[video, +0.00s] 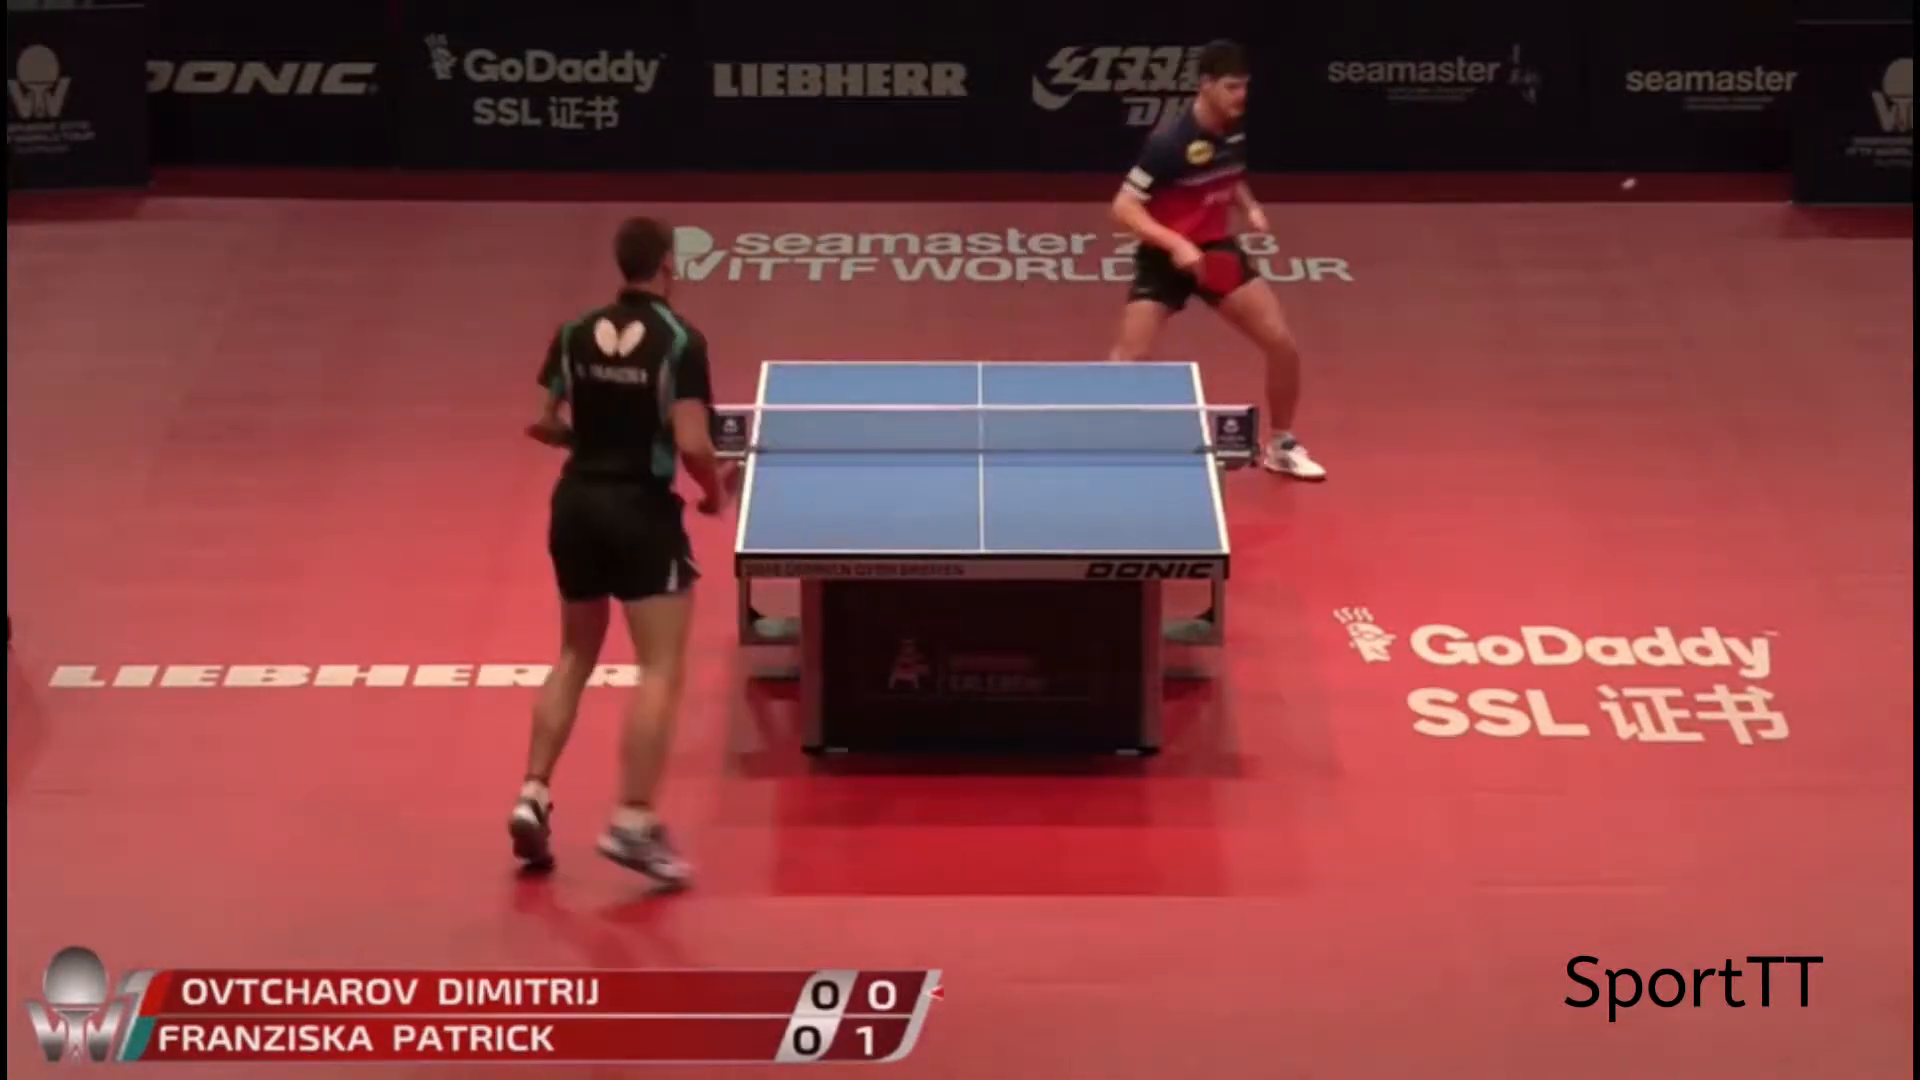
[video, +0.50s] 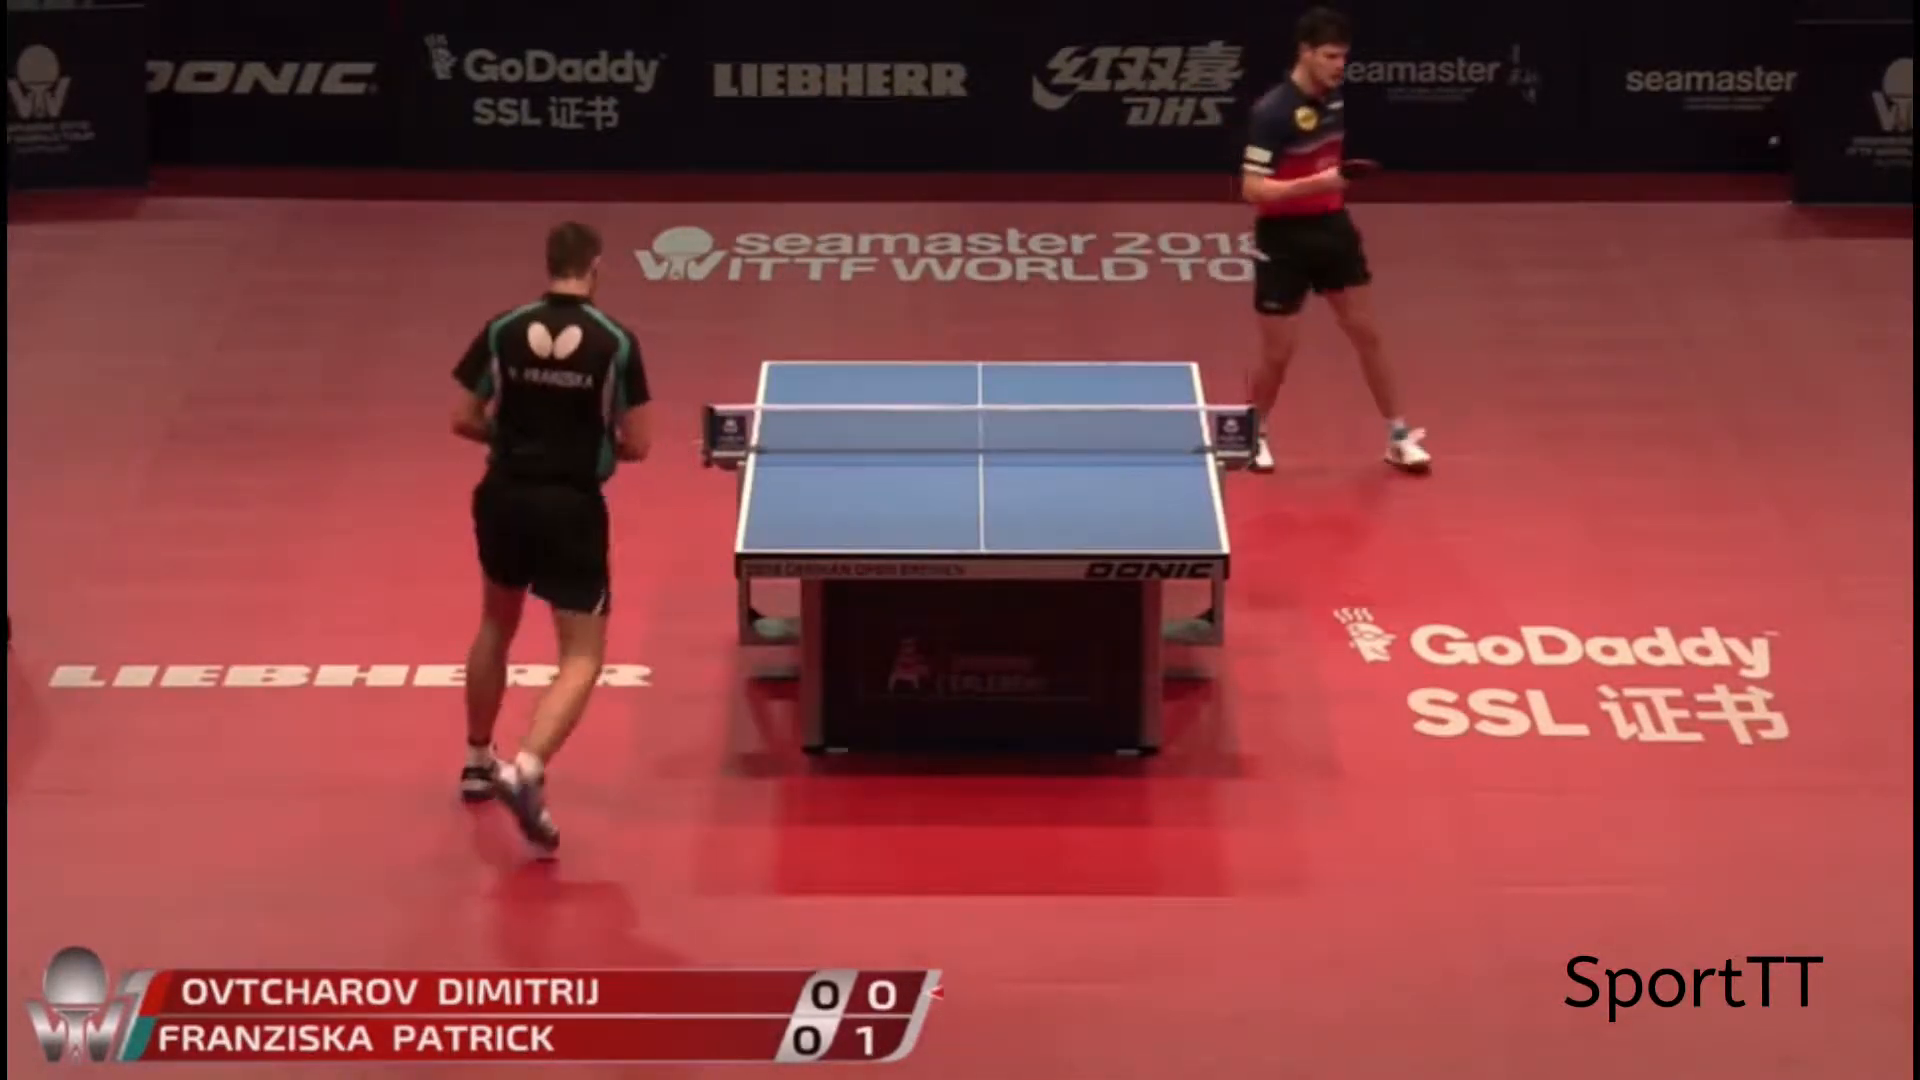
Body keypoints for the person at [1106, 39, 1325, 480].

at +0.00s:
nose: (1241, 96)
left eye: (1244, 86)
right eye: (1232, 86)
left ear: (1245, 87)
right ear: (1205, 86)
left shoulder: (1235, 130)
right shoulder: (1169, 138)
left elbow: (1232, 176)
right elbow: (1123, 206)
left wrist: (1251, 208)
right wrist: (1177, 244)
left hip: (1218, 252)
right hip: (1163, 257)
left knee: (1281, 344)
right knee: (1129, 358)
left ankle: (1281, 442)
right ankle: (1093, 453)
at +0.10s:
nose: (1254, 88)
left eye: (1256, 78)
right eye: (1244, 78)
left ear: (1257, 79)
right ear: (1217, 77)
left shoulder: (1248, 123)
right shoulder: (1182, 131)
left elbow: (1247, 171)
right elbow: (1138, 200)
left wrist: (1269, 199)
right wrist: (1193, 232)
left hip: (1234, 248)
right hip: (1180, 251)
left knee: (1291, 341)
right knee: (1141, 356)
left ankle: (1283, 441)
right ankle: (1108, 452)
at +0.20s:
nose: (1292, 52)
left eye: (1296, 43)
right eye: (1284, 43)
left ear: (1296, 45)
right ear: (1257, 41)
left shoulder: (1289, 87)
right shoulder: (1222, 98)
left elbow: (1283, 141)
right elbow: (1189, 169)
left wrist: (1305, 175)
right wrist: (1251, 192)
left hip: (1277, 217)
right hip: (1223, 223)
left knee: (1307, 325)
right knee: (1213, 333)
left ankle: (1301, 431)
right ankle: (1202, 429)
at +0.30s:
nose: (1300, 49)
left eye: (1304, 41)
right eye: (1292, 40)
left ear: (1305, 43)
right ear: (1265, 37)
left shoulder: (1295, 85)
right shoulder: (1229, 92)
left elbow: (1289, 138)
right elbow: (1199, 168)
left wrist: (1307, 174)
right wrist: (1264, 188)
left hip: (1286, 215)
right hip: (1232, 221)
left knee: (1319, 321)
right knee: (1229, 330)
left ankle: (1318, 425)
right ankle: (1221, 430)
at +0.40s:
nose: (1331, 64)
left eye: (1335, 54)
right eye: (1323, 53)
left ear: (1335, 55)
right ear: (1296, 51)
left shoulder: (1325, 101)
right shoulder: (1262, 109)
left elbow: (1311, 167)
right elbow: (1242, 186)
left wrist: (1336, 182)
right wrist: (1309, 183)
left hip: (1321, 228)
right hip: (1271, 235)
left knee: (1356, 331)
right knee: (1270, 348)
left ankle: (1391, 430)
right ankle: (1253, 434)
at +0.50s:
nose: (1338, 66)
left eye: (1343, 57)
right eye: (1330, 56)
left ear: (1344, 57)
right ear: (1303, 53)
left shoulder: (1334, 100)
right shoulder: (1272, 111)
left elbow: (1320, 167)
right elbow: (1253, 188)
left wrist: (1346, 176)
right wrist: (1320, 182)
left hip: (1332, 231)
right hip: (1283, 238)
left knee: (1364, 330)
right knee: (1277, 350)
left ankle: (1399, 432)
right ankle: (1255, 431)